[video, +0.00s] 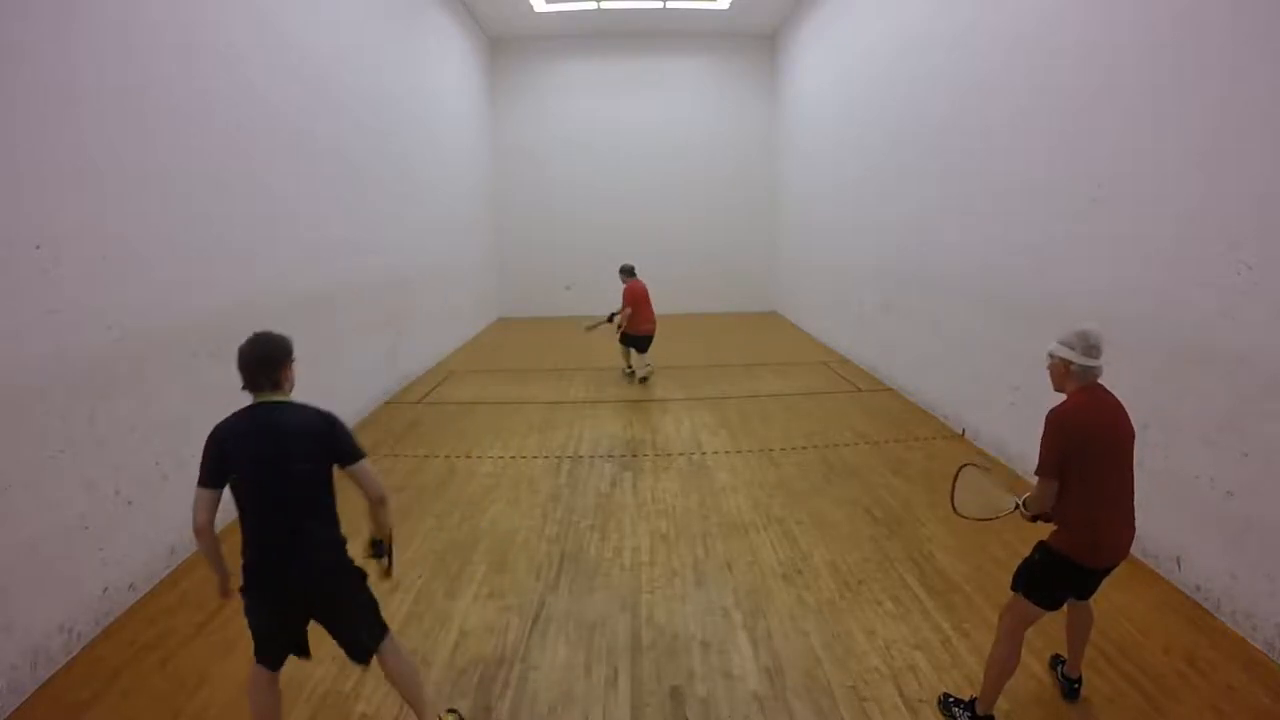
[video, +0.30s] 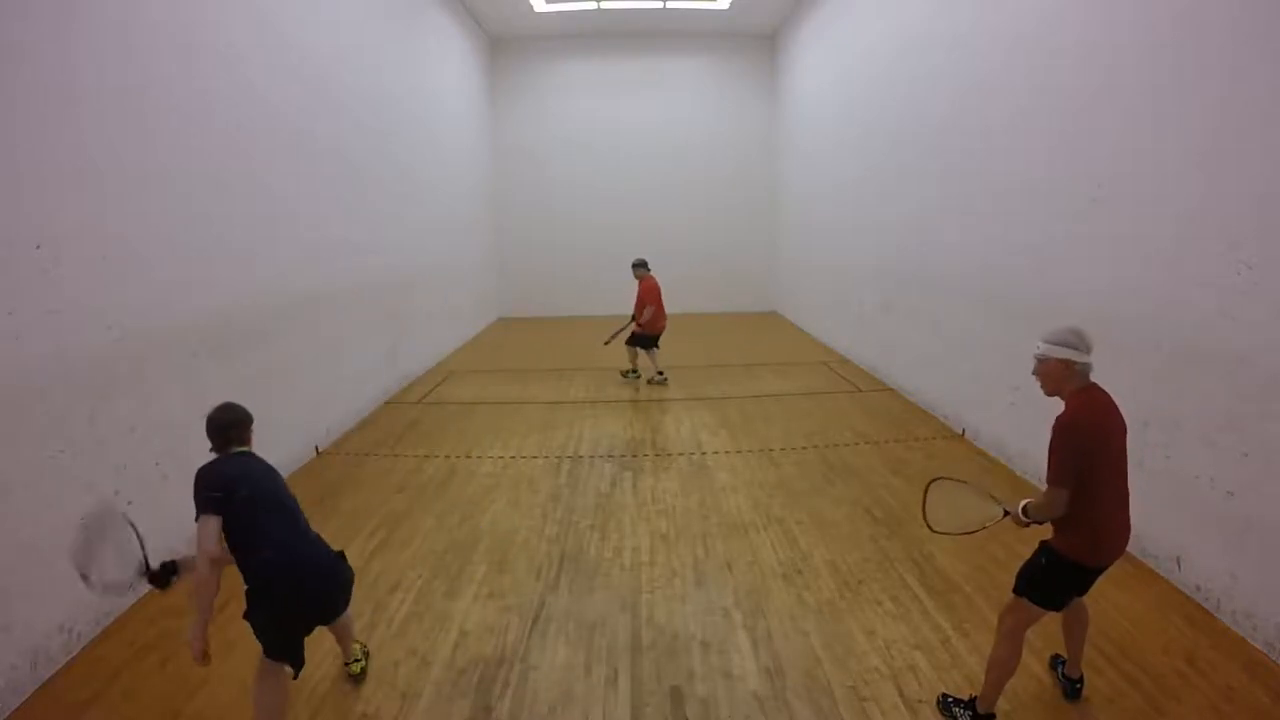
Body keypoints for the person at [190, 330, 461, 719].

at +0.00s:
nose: (294, 370)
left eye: (291, 364)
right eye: (292, 365)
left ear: (244, 378)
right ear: (287, 372)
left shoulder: (225, 436)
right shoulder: (319, 423)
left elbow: (202, 525)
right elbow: (376, 494)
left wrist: (222, 576)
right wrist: (380, 538)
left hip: (267, 578)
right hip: (327, 570)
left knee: (265, 667)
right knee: (383, 644)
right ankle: (429, 713)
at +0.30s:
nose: (251, 433)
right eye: (250, 429)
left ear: (212, 443)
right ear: (250, 434)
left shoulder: (211, 475)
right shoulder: (261, 467)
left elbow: (209, 555)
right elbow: (260, 538)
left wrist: (200, 627)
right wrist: (215, 559)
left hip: (275, 591)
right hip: (321, 572)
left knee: (274, 664)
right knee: (336, 612)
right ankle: (353, 658)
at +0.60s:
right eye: (214, 402)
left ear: (179, 418)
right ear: (217, 406)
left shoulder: (170, 466)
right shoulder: (251, 438)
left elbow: (160, 540)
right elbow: (314, 486)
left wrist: (144, 622)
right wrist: (359, 514)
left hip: (231, 582)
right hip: (283, 560)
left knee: (263, 647)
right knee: (320, 605)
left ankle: (267, 712)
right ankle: (356, 654)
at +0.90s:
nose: (151, 398)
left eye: (153, 388)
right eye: (150, 389)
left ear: (173, 388)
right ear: (199, 387)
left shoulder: (154, 449)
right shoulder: (237, 430)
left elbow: (158, 536)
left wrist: (177, 589)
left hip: (223, 580)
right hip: (274, 558)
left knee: (231, 679)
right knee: (323, 603)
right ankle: (387, 660)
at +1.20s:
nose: (208, 371)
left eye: (205, 367)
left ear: (204, 373)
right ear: (241, 369)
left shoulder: (209, 410)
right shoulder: (258, 401)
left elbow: (179, 456)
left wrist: (114, 499)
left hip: (271, 536)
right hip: (314, 515)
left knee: (259, 642)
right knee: (323, 600)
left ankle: (264, 714)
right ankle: (379, 666)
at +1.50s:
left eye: (207, 329)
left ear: (206, 332)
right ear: (241, 325)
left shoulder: (210, 366)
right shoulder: (263, 359)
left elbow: (221, 419)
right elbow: (284, 418)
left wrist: (202, 492)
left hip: (260, 487)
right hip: (302, 475)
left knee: (274, 567)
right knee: (326, 565)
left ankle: (295, 632)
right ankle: (374, 644)